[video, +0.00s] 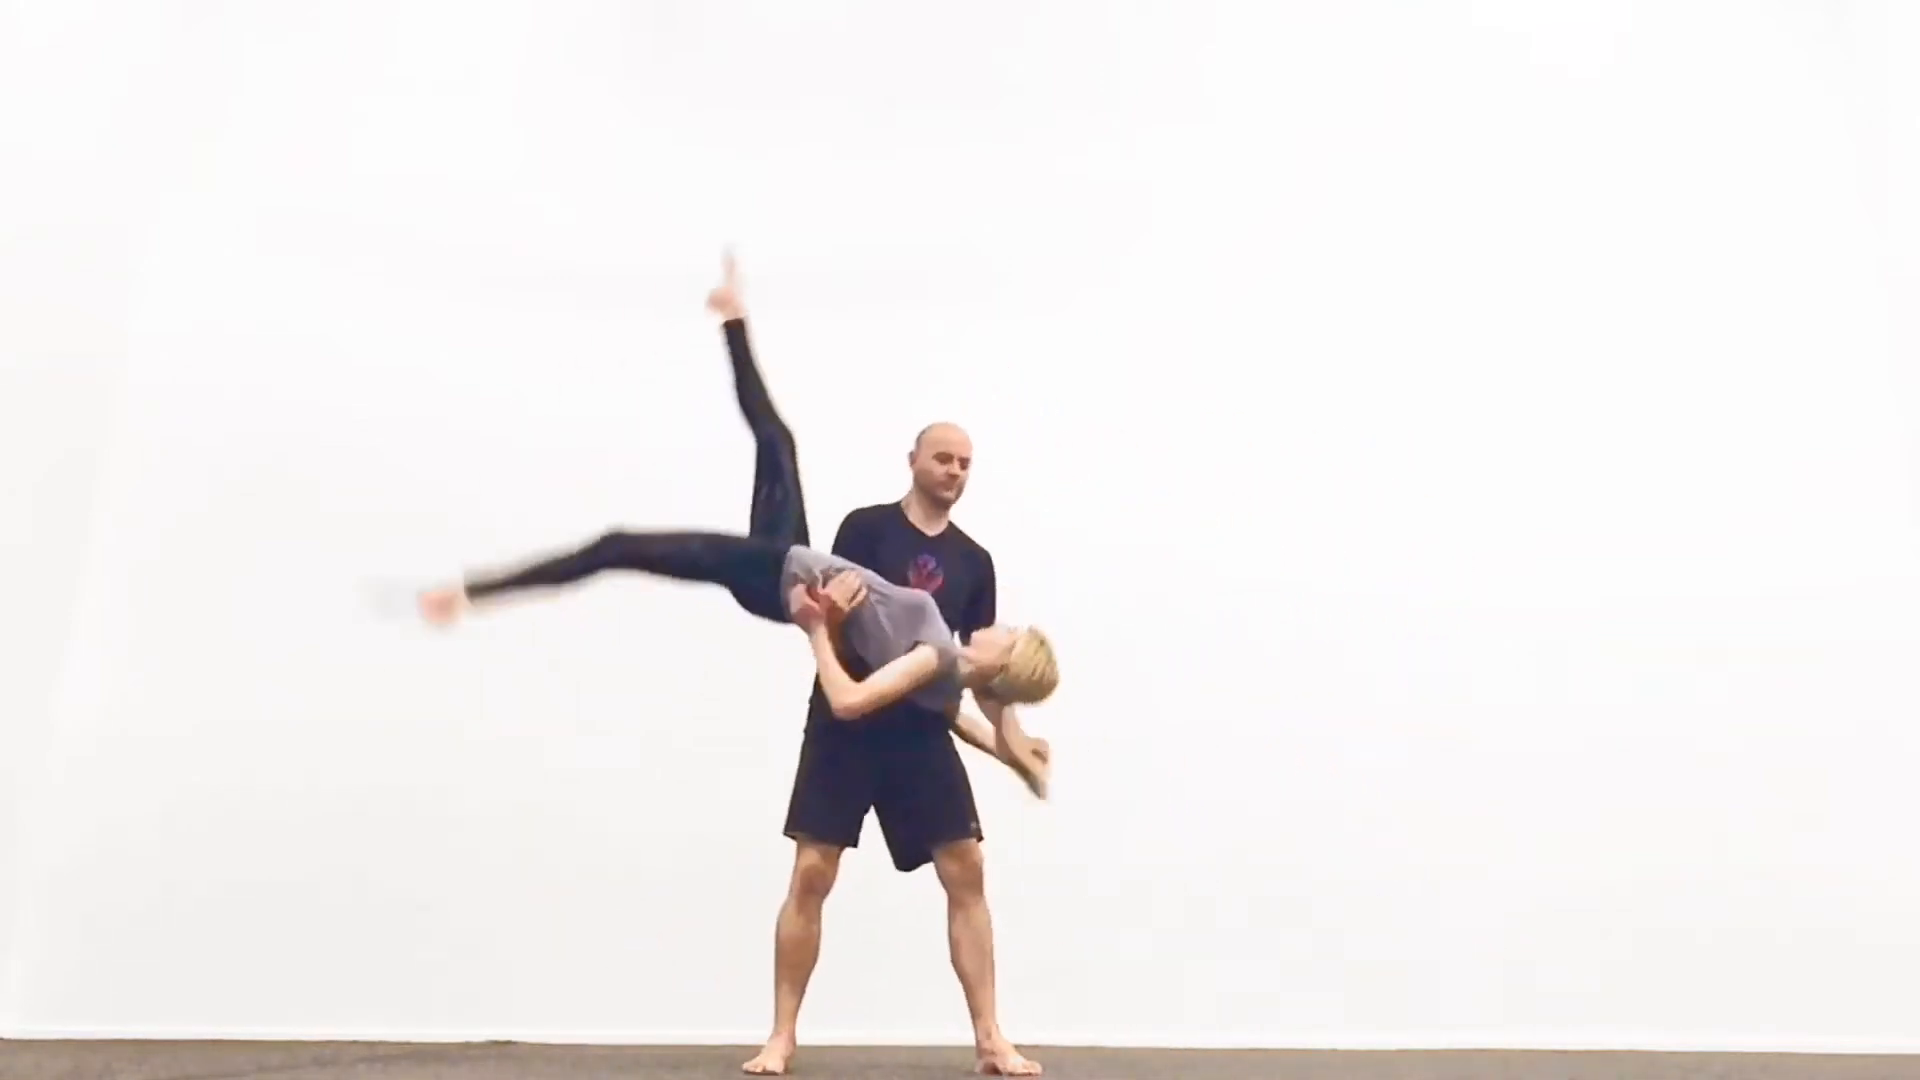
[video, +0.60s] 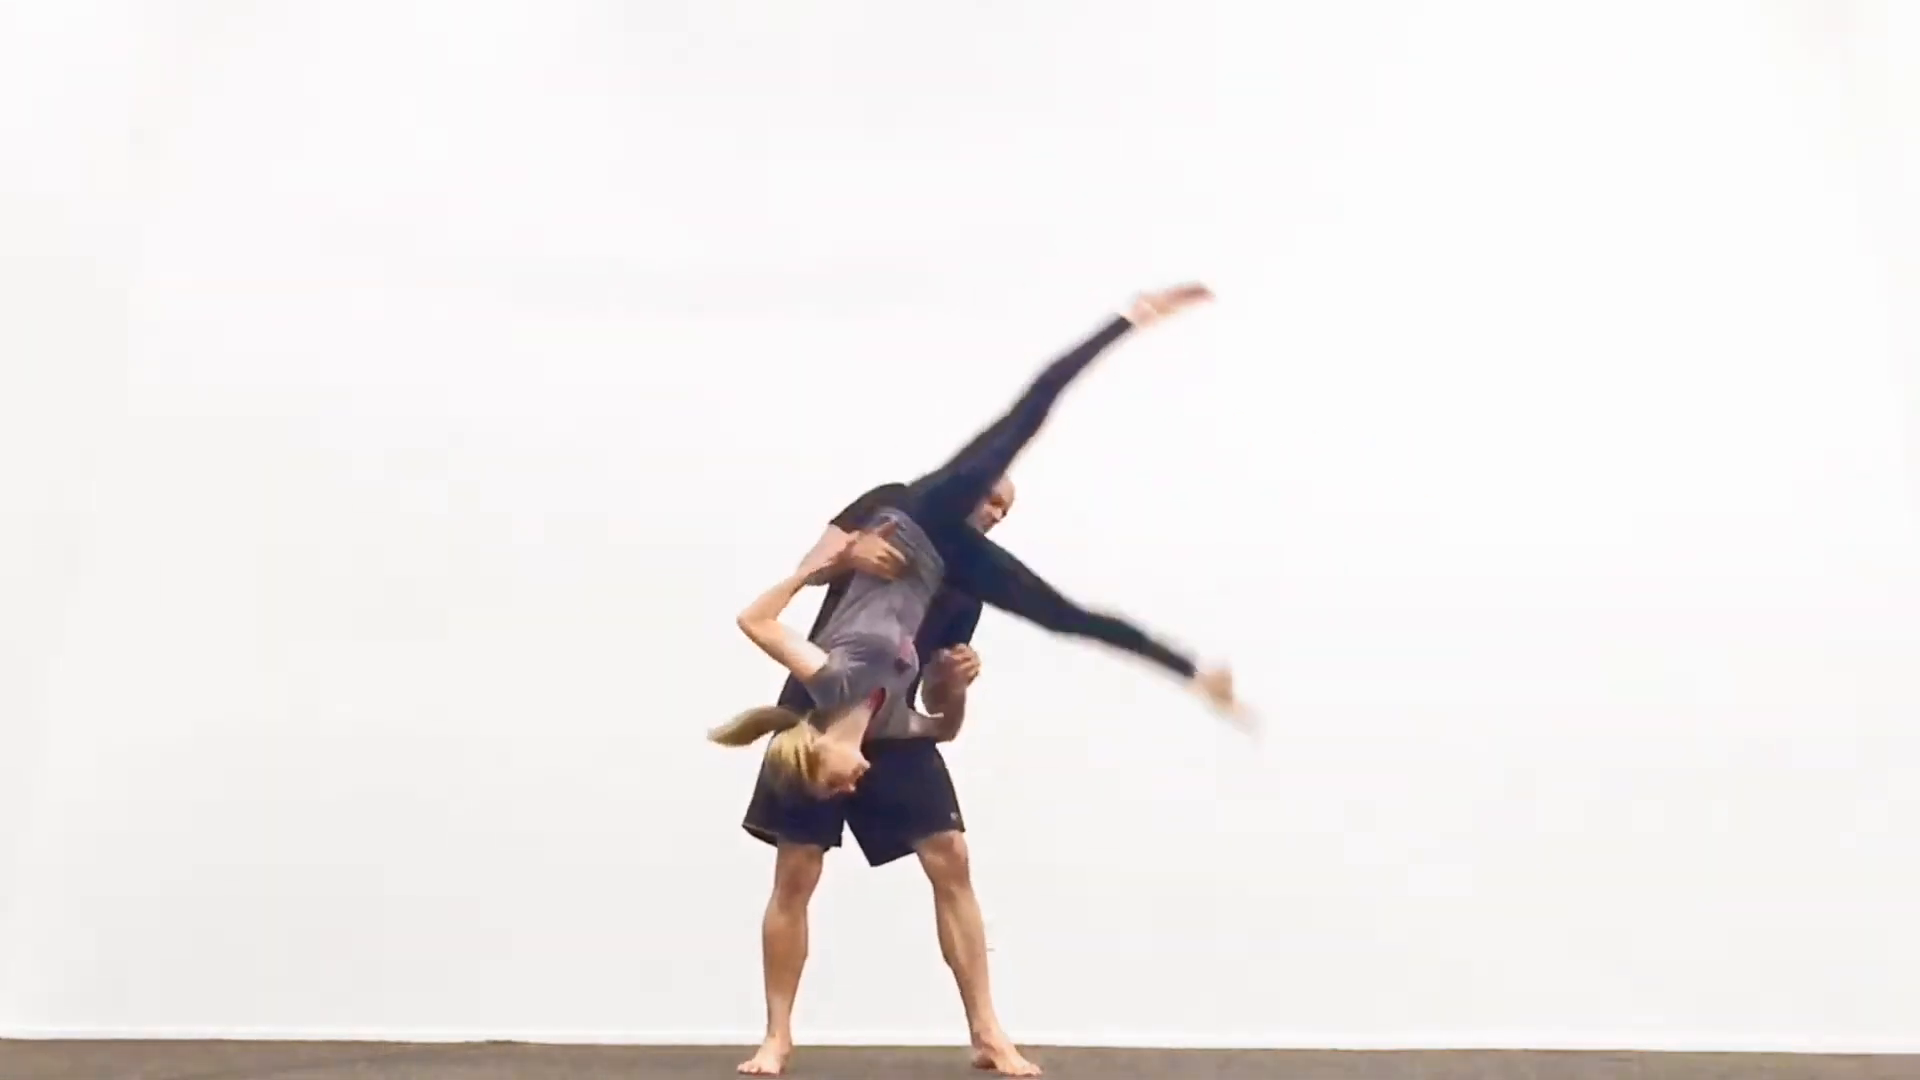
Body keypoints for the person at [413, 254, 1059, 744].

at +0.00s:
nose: (987, 636)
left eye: (996, 646)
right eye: (999, 634)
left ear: (994, 671)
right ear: (998, 646)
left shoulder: (932, 662)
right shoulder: (960, 650)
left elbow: (846, 702)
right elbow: (974, 721)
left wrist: (823, 629)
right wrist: (1018, 756)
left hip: (761, 578)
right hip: (792, 553)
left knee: (618, 547)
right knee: (775, 444)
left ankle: (469, 595)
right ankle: (736, 325)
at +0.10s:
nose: (973, 683)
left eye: (975, 692)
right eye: (982, 685)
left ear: (964, 712)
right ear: (974, 696)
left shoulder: (903, 668)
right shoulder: (935, 681)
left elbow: (806, 694)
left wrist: (800, 615)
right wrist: (830, 590)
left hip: (770, 546)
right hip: (807, 531)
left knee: (652, 463)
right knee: (818, 414)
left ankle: (512, 411)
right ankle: (814, 285)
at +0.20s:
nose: (932, 722)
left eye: (927, 728)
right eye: (936, 726)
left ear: (904, 737)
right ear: (929, 727)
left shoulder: (872, 675)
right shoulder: (902, 682)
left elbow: (772, 672)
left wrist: (780, 591)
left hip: (786, 521)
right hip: (827, 512)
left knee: (712, 400)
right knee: (873, 398)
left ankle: (634, 298)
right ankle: (912, 282)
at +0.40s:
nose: (873, 757)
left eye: (853, 760)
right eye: (873, 768)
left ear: (828, 740)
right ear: (859, 752)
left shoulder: (831, 679)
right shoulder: (884, 713)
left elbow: (736, 646)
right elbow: (932, 724)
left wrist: (772, 567)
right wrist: (930, 715)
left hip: (829, 496)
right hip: (870, 509)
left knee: (869, 364)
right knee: (987, 455)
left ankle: (902, 240)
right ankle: (1102, 401)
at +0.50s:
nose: (850, 770)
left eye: (833, 772)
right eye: (848, 779)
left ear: (807, 747)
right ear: (844, 759)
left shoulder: (825, 684)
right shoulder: (873, 720)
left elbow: (744, 627)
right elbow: (939, 727)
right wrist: (924, 713)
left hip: (865, 497)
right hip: (914, 531)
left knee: (945, 380)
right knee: (1045, 521)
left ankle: (1020, 264)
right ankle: (1171, 514)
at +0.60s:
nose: (850, 781)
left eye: (832, 779)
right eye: (844, 787)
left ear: (816, 752)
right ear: (838, 762)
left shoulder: (832, 681)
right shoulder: (882, 725)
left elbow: (756, 623)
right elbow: (947, 729)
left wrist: (811, 567)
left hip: (923, 515)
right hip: (956, 573)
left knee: (1026, 416)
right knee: (1068, 619)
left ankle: (1129, 318)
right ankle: (1194, 673)